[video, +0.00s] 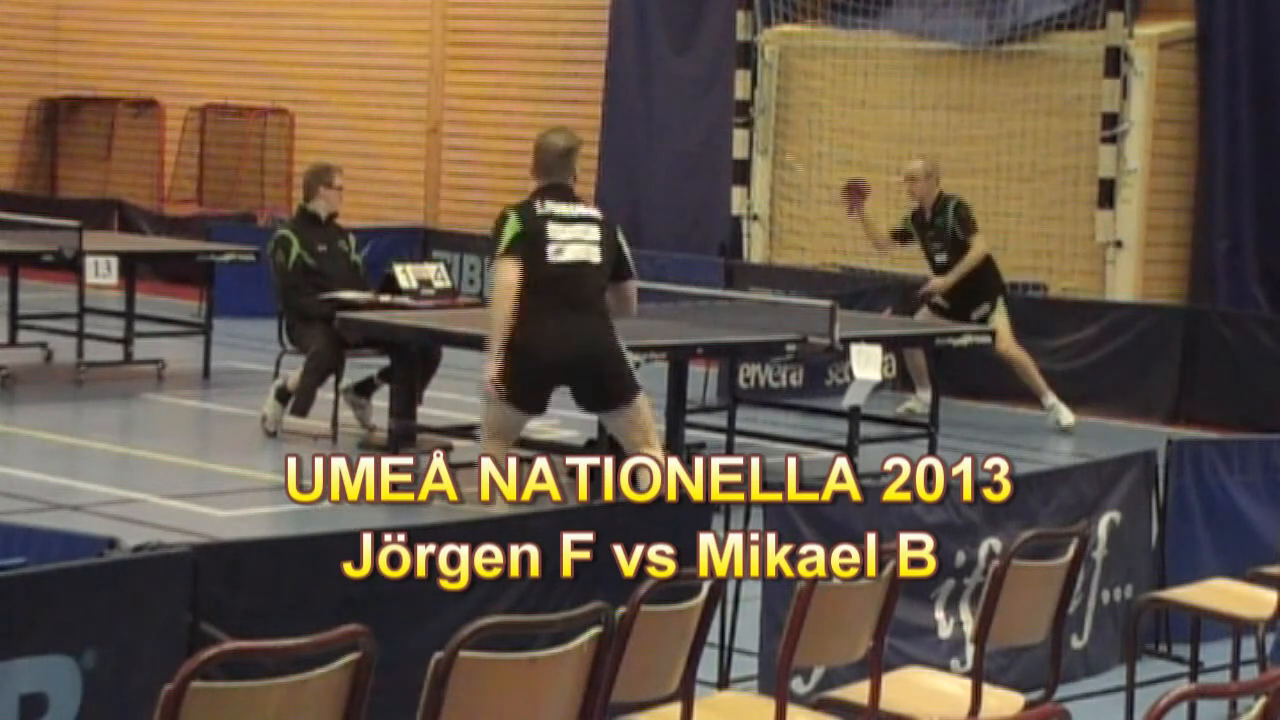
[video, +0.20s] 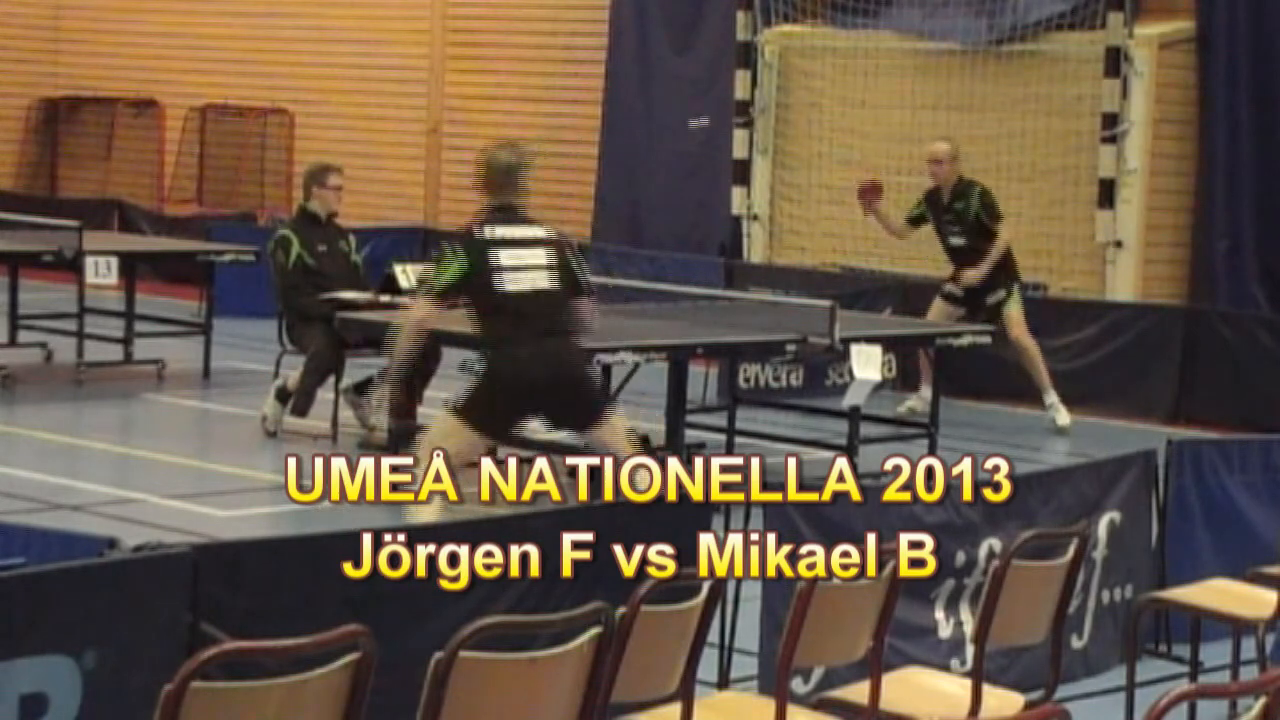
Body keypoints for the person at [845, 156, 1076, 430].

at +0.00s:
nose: (910, 186)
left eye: (915, 180)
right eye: (907, 181)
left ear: (934, 181)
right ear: (908, 185)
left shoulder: (955, 209)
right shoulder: (917, 219)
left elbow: (979, 248)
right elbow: (883, 243)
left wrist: (946, 280)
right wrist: (862, 216)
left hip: (985, 292)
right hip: (951, 295)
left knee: (1004, 346)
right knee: (908, 333)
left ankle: (1052, 403)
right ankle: (924, 398)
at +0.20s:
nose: (932, 169)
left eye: (938, 163)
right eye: (929, 163)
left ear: (954, 165)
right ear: (927, 167)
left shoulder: (976, 193)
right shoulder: (931, 199)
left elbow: (1003, 235)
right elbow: (901, 230)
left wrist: (981, 269)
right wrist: (875, 211)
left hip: (998, 273)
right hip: (963, 275)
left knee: (1017, 334)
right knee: (927, 331)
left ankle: (1051, 400)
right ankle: (925, 395)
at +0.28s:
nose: (950, 175)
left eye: (956, 168)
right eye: (946, 169)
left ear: (971, 169)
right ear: (942, 171)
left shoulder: (990, 202)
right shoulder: (940, 203)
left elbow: (1015, 246)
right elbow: (920, 243)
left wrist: (996, 280)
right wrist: (889, 239)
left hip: (1002, 281)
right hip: (965, 281)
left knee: (1023, 338)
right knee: (932, 334)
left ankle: (1056, 404)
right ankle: (930, 397)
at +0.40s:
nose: (981, 185)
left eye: (988, 180)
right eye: (978, 179)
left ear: (1000, 183)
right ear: (973, 182)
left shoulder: (1019, 216)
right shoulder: (965, 214)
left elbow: (1040, 262)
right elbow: (951, 255)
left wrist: (1028, 294)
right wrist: (930, 274)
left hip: (1018, 293)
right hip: (978, 292)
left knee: (1036, 345)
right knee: (944, 335)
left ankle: (1059, 410)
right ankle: (934, 399)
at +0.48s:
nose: (1001, 183)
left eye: (1007, 176)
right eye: (997, 176)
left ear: (1020, 177)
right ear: (992, 178)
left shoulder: (1041, 212)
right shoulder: (985, 211)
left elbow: (1060, 257)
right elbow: (976, 257)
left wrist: (1053, 289)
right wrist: (959, 282)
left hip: (1037, 289)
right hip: (998, 287)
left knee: (1053, 347)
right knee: (963, 341)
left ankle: (1063, 411)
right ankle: (940, 399)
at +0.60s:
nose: (1023, 167)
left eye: (1029, 162)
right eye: (1019, 162)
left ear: (1043, 164)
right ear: (1015, 164)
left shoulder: (1065, 195)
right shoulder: (1012, 200)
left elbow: (1089, 234)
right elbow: (1010, 245)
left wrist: (1080, 272)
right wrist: (989, 276)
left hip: (1060, 278)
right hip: (1026, 276)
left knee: (1061, 348)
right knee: (999, 334)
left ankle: (1065, 413)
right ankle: (984, 397)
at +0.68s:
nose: (1031, 158)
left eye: (1037, 151)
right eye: (1028, 152)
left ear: (1051, 153)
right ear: (1023, 156)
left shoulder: (1076, 187)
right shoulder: (1026, 191)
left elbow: (1099, 224)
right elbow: (1023, 238)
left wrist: (1095, 260)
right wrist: (1000, 269)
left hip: (1076, 268)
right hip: (1044, 266)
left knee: (1070, 343)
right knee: (1018, 333)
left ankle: (1072, 411)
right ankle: (1025, 403)